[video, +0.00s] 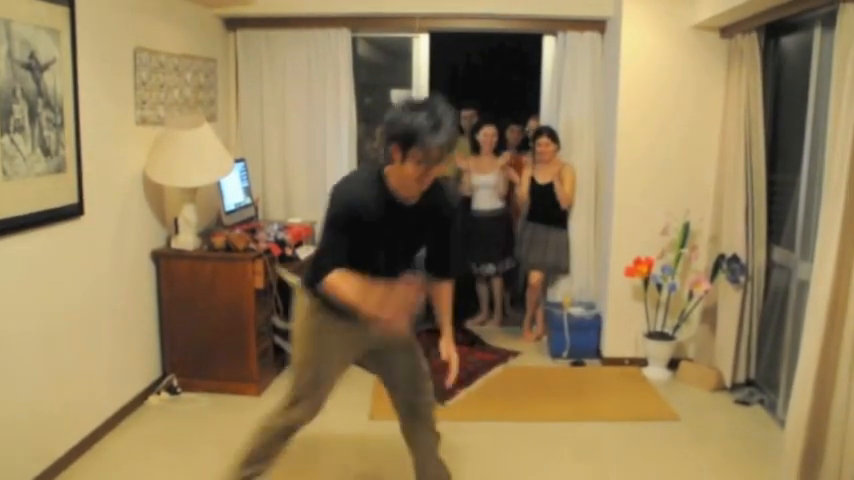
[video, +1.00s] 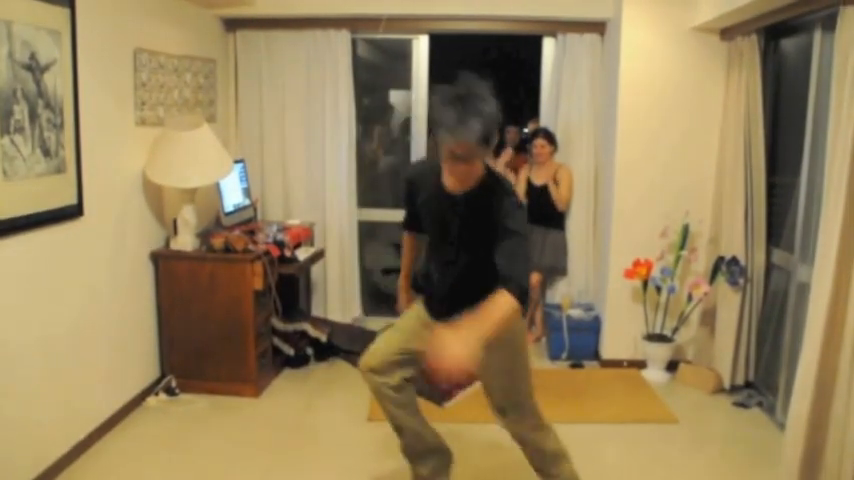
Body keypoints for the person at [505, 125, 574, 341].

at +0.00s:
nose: (543, 149)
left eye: (548, 145)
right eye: (539, 145)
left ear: (556, 147)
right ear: (534, 147)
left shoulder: (565, 170)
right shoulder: (530, 169)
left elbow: (565, 202)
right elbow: (522, 200)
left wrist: (556, 180)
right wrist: (519, 182)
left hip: (554, 228)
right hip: (533, 225)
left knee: (535, 278)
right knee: (538, 281)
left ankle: (527, 321)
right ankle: (540, 323)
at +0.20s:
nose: (541, 150)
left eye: (546, 145)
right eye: (538, 145)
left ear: (555, 148)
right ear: (534, 148)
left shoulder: (565, 170)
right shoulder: (529, 170)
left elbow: (565, 204)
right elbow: (523, 198)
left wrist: (542, 192)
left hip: (553, 228)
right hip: (532, 226)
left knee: (535, 277)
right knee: (537, 282)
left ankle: (527, 321)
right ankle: (540, 325)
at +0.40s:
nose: (540, 149)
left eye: (545, 145)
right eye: (537, 145)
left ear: (555, 147)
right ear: (533, 148)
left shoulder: (563, 170)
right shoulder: (527, 169)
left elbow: (563, 203)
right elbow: (521, 204)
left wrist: (556, 183)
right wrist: (518, 186)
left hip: (552, 229)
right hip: (531, 226)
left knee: (534, 278)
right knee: (536, 282)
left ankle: (527, 322)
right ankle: (540, 325)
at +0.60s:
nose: (540, 150)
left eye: (544, 145)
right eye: (537, 145)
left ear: (554, 148)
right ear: (532, 148)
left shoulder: (563, 171)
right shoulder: (528, 169)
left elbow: (563, 206)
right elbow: (523, 198)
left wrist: (538, 193)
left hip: (552, 228)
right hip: (531, 225)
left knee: (534, 278)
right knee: (536, 282)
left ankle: (526, 323)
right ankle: (539, 325)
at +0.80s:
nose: (539, 150)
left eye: (544, 146)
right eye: (536, 146)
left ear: (553, 148)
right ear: (531, 149)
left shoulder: (563, 172)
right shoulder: (526, 172)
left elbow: (563, 206)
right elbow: (521, 205)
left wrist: (542, 189)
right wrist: (520, 193)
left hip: (552, 229)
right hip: (530, 227)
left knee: (534, 278)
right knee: (537, 283)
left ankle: (526, 323)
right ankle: (539, 326)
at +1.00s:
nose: (538, 151)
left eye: (542, 146)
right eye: (535, 146)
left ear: (552, 149)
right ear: (530, 150)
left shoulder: (561, 171)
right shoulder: (526, 171)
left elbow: (562, 205)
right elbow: (520, 199)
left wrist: (551, 184)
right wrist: (521, 176)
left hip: (551, 230)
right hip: (531, 228)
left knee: (535, 278)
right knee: (537, 283)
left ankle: (527, 322)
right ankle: (539, 325)